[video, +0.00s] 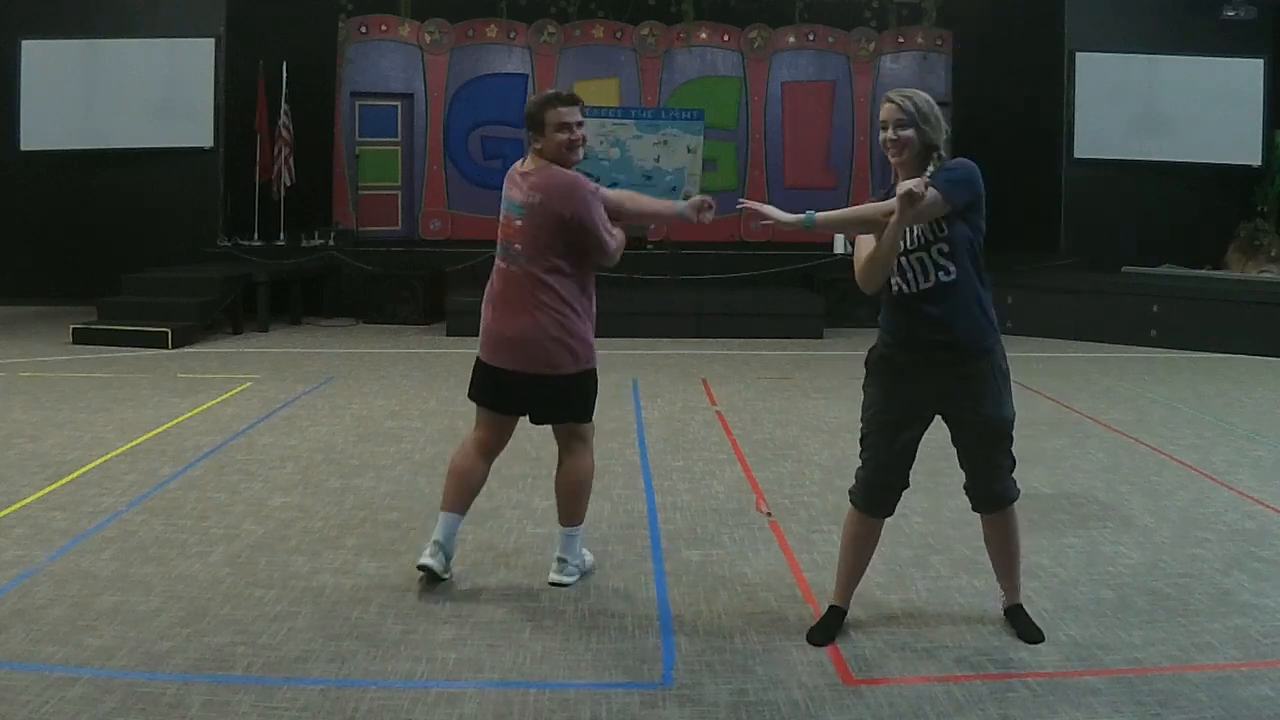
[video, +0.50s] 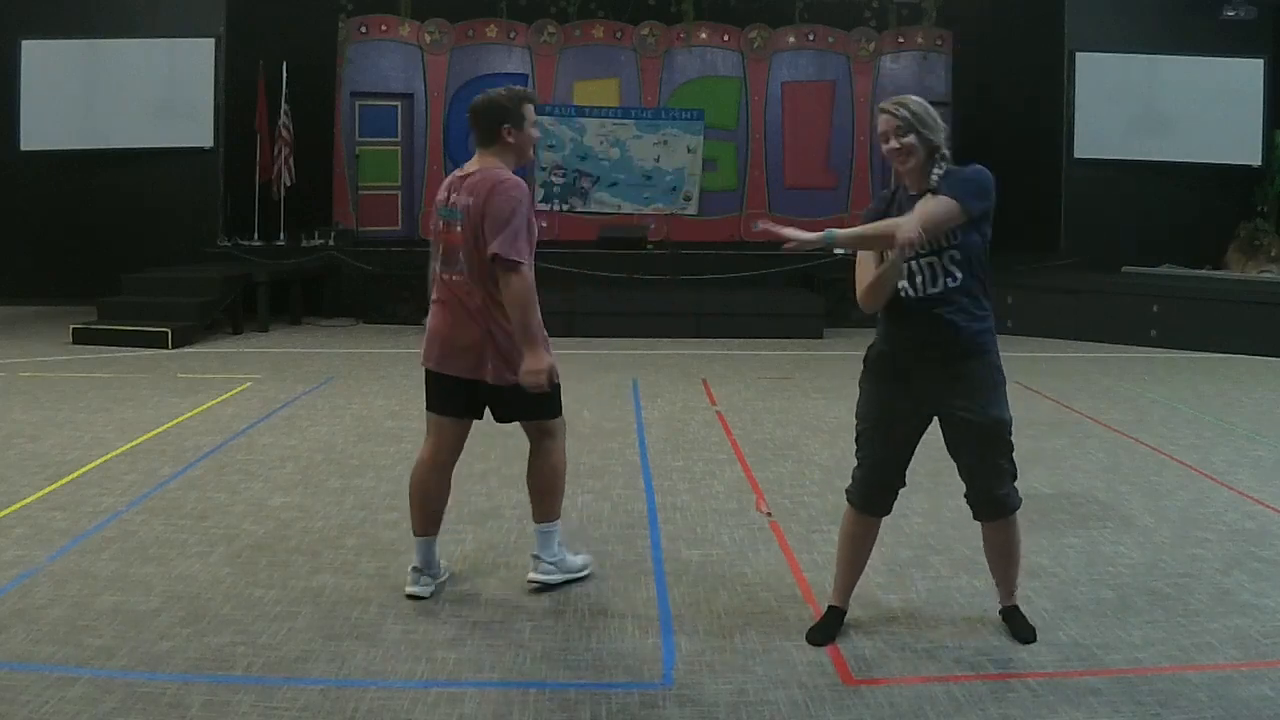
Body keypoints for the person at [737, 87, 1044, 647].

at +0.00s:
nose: (892, 136)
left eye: (903, 126)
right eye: (885, 129)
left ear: (930, 130)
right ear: (880, 138)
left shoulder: (962, 175)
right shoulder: (872, 206)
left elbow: (895, 211)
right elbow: (868, 280)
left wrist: (798, 220)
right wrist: (896, 223)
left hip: (972, 360)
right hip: (899, 363)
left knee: (993, 486)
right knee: (875, 487)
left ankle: (1014, 602)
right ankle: (838, 604)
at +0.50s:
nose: (892, 147)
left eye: (900, 135)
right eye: (884, 140)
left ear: (928, 135)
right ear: (882, 148)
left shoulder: (972, 182)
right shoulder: (877, 214)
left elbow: (909, 227)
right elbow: (867, 299)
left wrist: (825, 237)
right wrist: (892, 257)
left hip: (968, 363)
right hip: (897, 364)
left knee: (994, 493)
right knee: (869, 489)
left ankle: (1009, 603)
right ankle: (837, 605)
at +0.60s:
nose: (922, 153)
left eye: (931, 141)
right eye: (914, 145)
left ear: (958, 140)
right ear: (909, 148)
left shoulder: (997, 190)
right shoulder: (894, 209)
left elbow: (979, 244)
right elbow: (874, 294)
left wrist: (884, 234)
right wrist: (903, 304)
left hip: (981, 366)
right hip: (908, 368)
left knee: (1007, 496)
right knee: (877, 491)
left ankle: (1011, 605)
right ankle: (838, 605)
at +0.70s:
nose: (953, 155)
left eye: (964, 144)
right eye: (946, 146)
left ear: (990, 144)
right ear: (939, 150)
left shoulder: (1027, 196)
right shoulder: (925, 206)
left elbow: (1040, 257)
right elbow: (890, 288)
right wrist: (882, 337)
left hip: (999, 370)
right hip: (927, 369)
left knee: (1018, 495)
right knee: (883, 490)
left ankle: (1011, 604)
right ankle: (835, 600)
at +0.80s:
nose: (985, 155)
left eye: (994, 144)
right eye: (976, 146)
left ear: (1019, 140)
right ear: (967, 147)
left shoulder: (1051, 191)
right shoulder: (950, 200)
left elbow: (1091, 246)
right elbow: (906, 281)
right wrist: (866, 345)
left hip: (1016, 359)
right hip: (945, 355)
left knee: (1025, 488)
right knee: (900, 468)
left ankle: (1013, 605)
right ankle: (827, 571)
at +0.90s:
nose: (1007, 152)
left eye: (1017, 142)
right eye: (999, 142)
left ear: (1037, 139)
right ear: (986, 140)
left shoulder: (1066, 186)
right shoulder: (963, 196)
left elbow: (1127, 239)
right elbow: (916, 275)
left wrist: (1168, 292)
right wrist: (863, 338)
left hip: (1028, 355)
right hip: (960, 346)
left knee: (1026, 484)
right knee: (919, 457)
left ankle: (1013, 606)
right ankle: (838, 489)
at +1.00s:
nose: (1028, 150)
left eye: (1037, 139)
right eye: (1017, 139)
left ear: (1051, 136)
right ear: (997, 135)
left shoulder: (1076, 182)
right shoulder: (971, 193)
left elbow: (1143, 231)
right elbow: (927, 266)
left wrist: (1209, 282)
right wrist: (875, 330)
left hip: (1037, 355)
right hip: (972, 343)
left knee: (1028, 486)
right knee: (922, 453)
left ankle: (1013, 606)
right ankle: (865, 411)